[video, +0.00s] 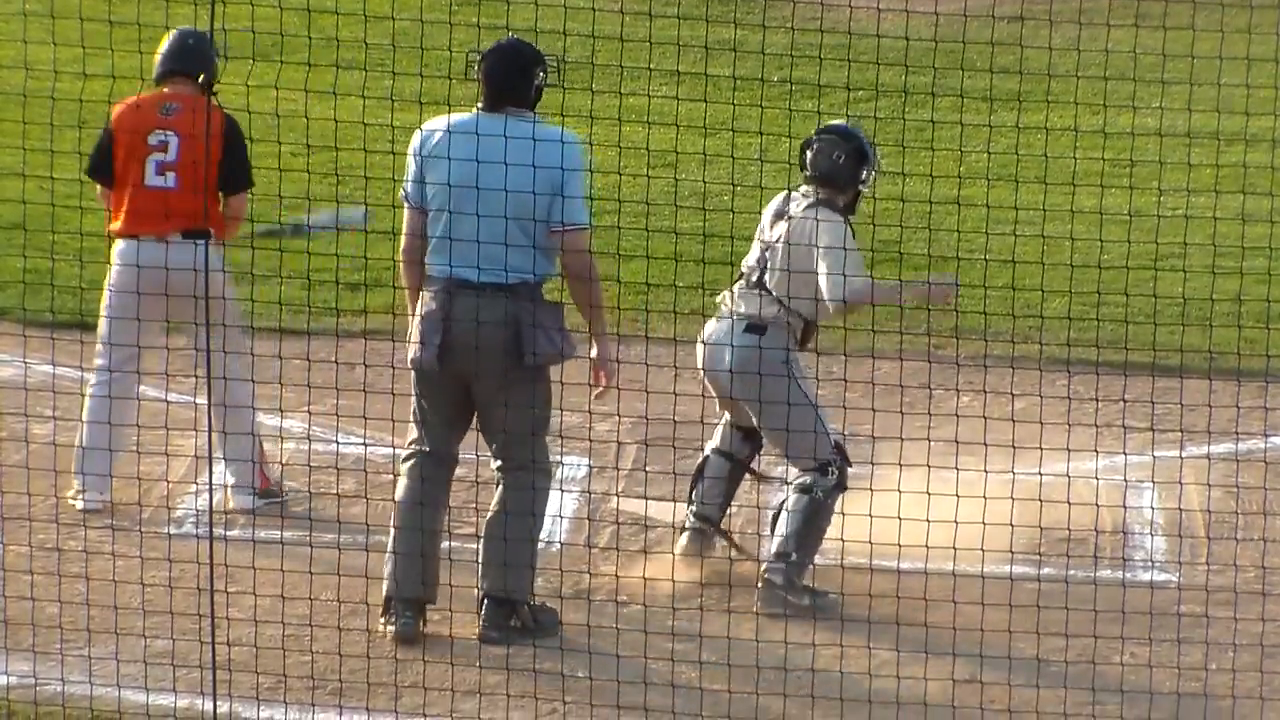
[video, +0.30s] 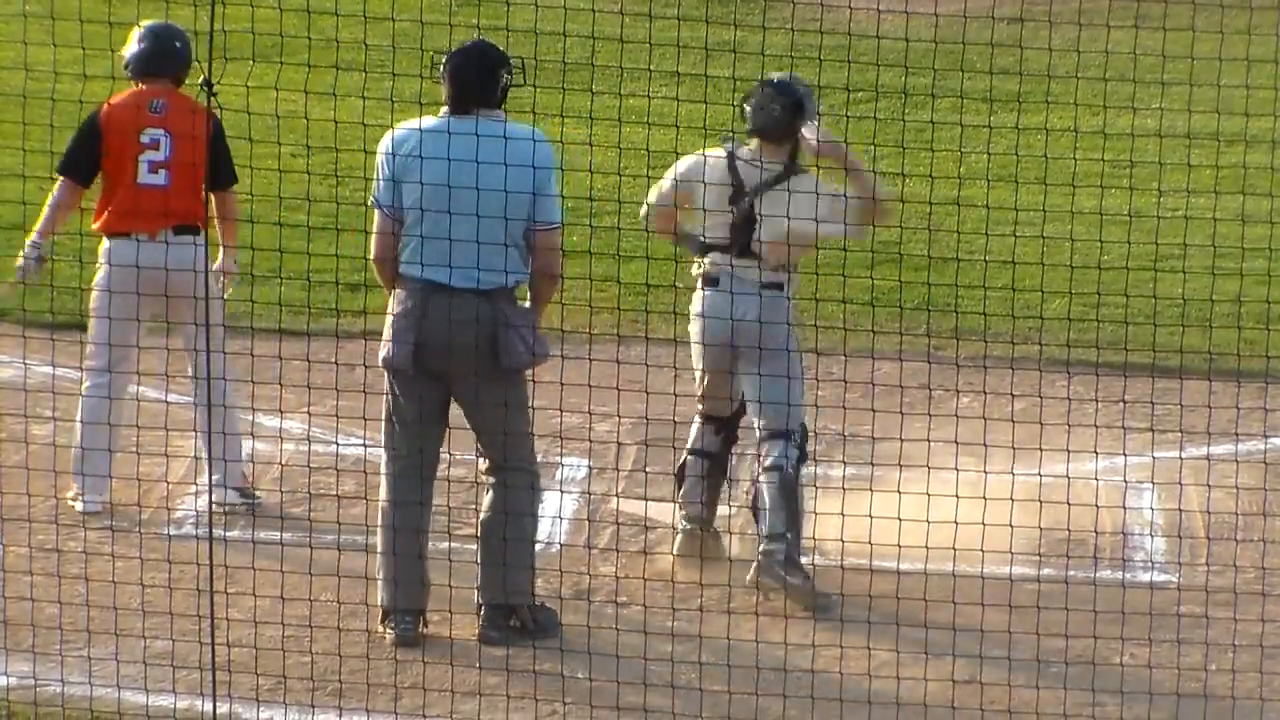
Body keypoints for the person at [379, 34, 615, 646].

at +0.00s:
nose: (542, 93)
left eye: (538, 84)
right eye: (541, 85)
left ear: (481, 86)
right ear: (534, 90)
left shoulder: (433, 136)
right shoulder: (560, 148)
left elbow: (412, 243)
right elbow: (575, 258)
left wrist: (420, 316)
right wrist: (600, 335)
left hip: (440, 317)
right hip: (515, 323)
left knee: (429, 452)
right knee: (524, 463)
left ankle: (403, 603)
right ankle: (504, 604)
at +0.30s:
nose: (502, 96)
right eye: (503, 88)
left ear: (444, 88)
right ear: (502, 91)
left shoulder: (402, 142)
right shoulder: (533, 148)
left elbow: (382, 253)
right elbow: (547, 259)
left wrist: (410, 295)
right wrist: (534, 322)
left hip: (414, 318)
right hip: (492, 323)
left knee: (407, 466)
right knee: (511, 466)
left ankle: (402, 610)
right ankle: (505, 608)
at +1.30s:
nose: (546, 100)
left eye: (541, 92)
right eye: (545, 92)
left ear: (483, 92)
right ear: (538, 95)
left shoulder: (435, 140)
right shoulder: (566, 147)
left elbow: (414, 251)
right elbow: (579, 253)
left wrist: (425, 320)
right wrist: (580, 325)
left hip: (457, 322)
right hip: (533, 326)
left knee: (433, 463)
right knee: (540, 470)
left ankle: (405, 608)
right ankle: (530, 612)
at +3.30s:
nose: (580, 97)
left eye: (574, 88)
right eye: (579, 89)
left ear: (517, 89)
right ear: (573, 93)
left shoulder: (474, 138)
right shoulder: (598, 151)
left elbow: (440, 243)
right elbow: (606, 261)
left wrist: (432, 318)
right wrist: (619, 341)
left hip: (485, 315)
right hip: (560, 321)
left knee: (463, 453)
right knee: (548, 463)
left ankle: (441, 593)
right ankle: (529, 608)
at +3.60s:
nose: (573, 100)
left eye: (521, 89)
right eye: (576, 92)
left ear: (519, 92)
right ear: (575, 95)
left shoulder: (474, 139)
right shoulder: (599, 153)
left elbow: (447, 250)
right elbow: (607, 262)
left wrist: (458, 311)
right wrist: (614, 339)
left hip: (484, 317)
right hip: (560, 323)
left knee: (463, 454)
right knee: (546, 464)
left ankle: (442, 594)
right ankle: (529, 610)